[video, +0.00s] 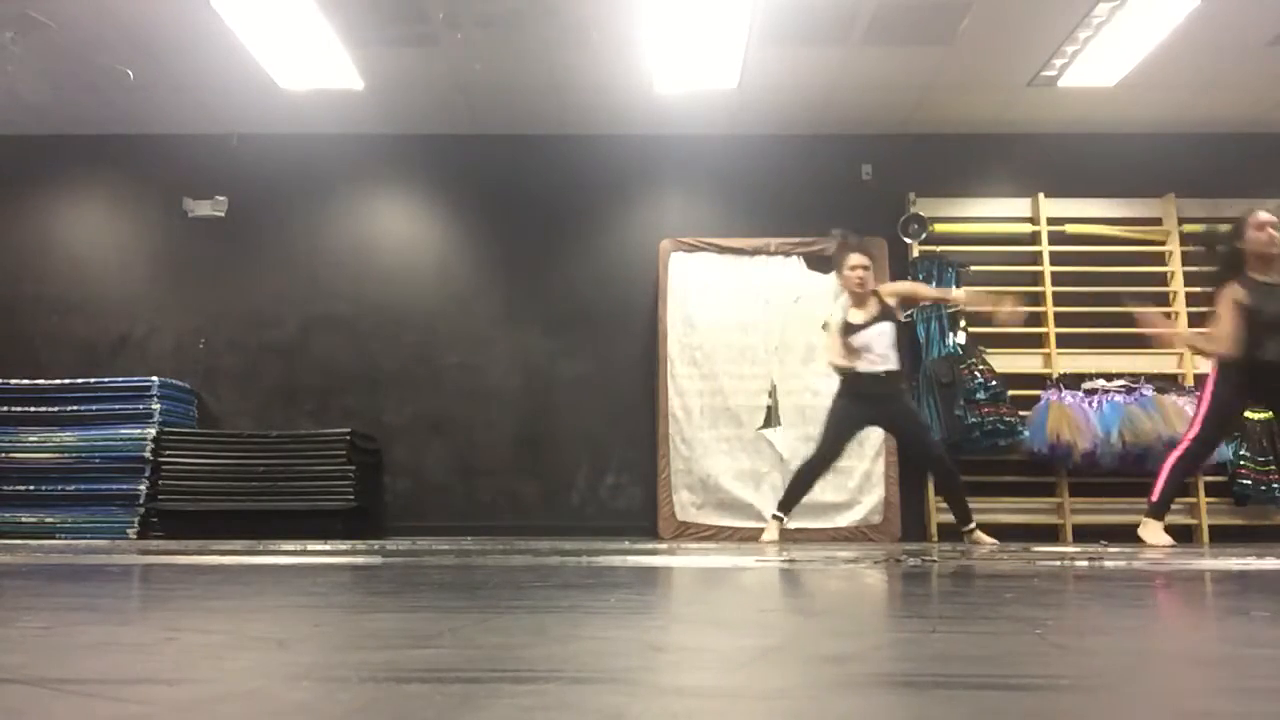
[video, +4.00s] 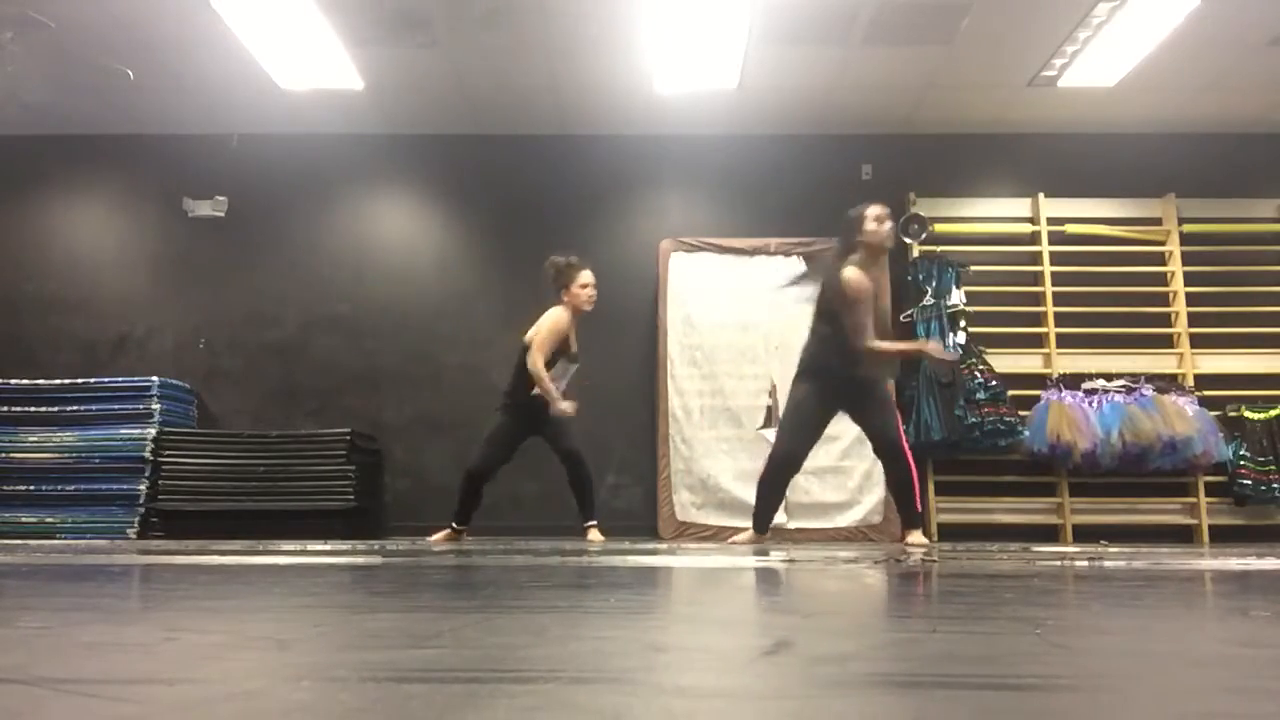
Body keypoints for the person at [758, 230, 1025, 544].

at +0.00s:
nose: (861, 275)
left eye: (866, 269)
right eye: (854, 270)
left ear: (873, 273)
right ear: (841, 276)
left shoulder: (890, 294)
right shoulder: (838, 314)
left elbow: (943, 294)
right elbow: (836, 358)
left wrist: (996, 302)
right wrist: (851, 362)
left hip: (892, 394)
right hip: (854, 395)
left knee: (936, 455)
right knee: (824, 457)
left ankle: (970, 530)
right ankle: (775, 522)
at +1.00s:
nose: (784, 219)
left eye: (783, 212)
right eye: (779, 212)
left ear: (760, 214)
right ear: (766, 213)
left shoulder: (752, 256)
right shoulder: (761, 246)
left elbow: (727, 307)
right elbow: (774, 195)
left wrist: (706, 347)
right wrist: (779, 152)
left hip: (761, 352)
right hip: (763, 354)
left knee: (779, 424)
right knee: (764, 430)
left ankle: (742, 482)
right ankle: (748, 512)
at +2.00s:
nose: (629, 252)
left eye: (634, 247)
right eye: (622, 247)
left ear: (642, 256)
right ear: (610, 256)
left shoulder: (654, 294)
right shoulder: (594, 292)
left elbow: (659, 339)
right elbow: (561, 331)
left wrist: (643, 373)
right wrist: (542, 366)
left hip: (597, 383)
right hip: (567, 361)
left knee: (604, 451)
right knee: (498, 349)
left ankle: (583, 524)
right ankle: (432, 331)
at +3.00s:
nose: (455, 260)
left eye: (461, 254)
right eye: (457, 253)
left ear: (480, 257)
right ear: (481, 258)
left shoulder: (476, 283)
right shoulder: (498, 289)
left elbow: (461, 328)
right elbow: (484, 342)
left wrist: (432, 361)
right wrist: (448, 361)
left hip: (468, 383)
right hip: (483, 384)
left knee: (422, 440)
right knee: (446, 448)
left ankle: (437, 517)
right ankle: (457, 523)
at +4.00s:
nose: (592, 293)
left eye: (594, 286)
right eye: (585, 287)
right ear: (566, 293)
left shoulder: (567, 319)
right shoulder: (557, 318)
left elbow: (542, 355)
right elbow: (534, 361)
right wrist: (556, 400)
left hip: (545, 410)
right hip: (520, 411)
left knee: (573, 456)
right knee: (478, 469)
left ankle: (591, 526)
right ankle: (458, 528)